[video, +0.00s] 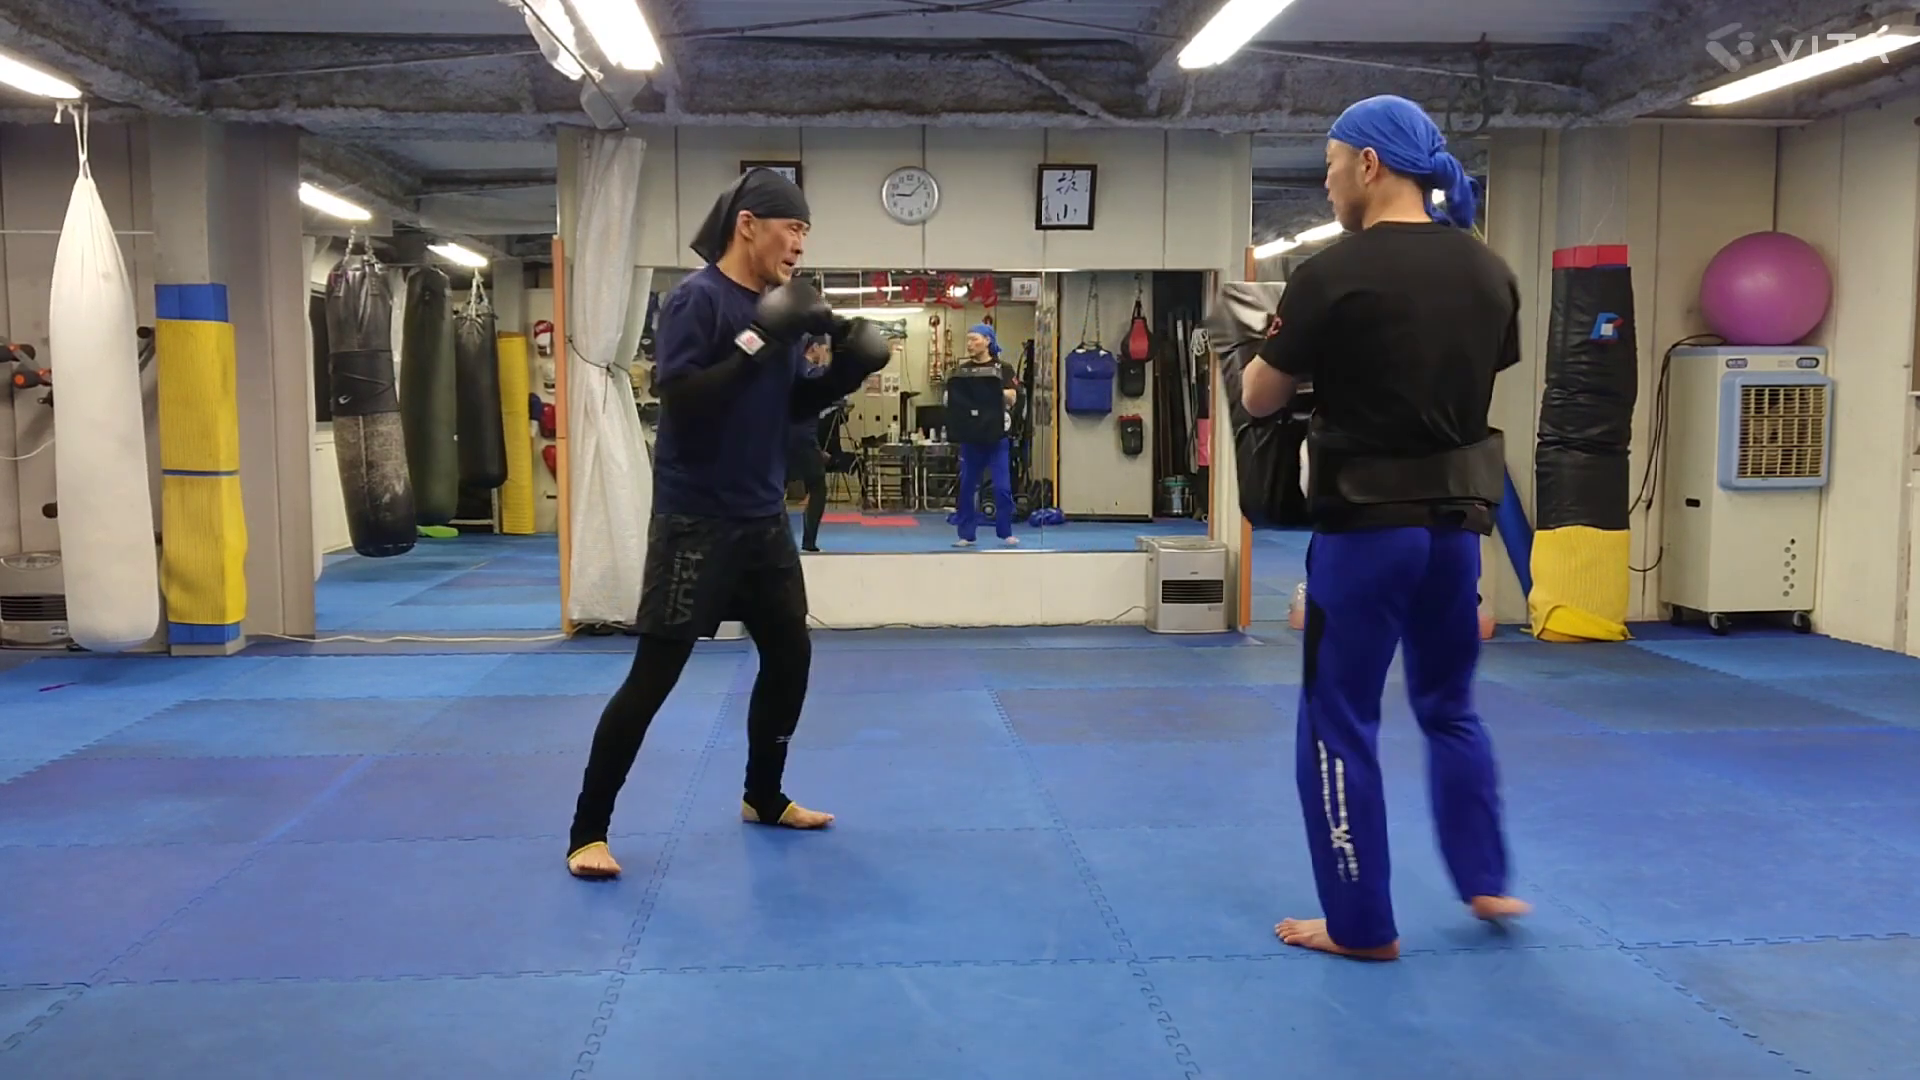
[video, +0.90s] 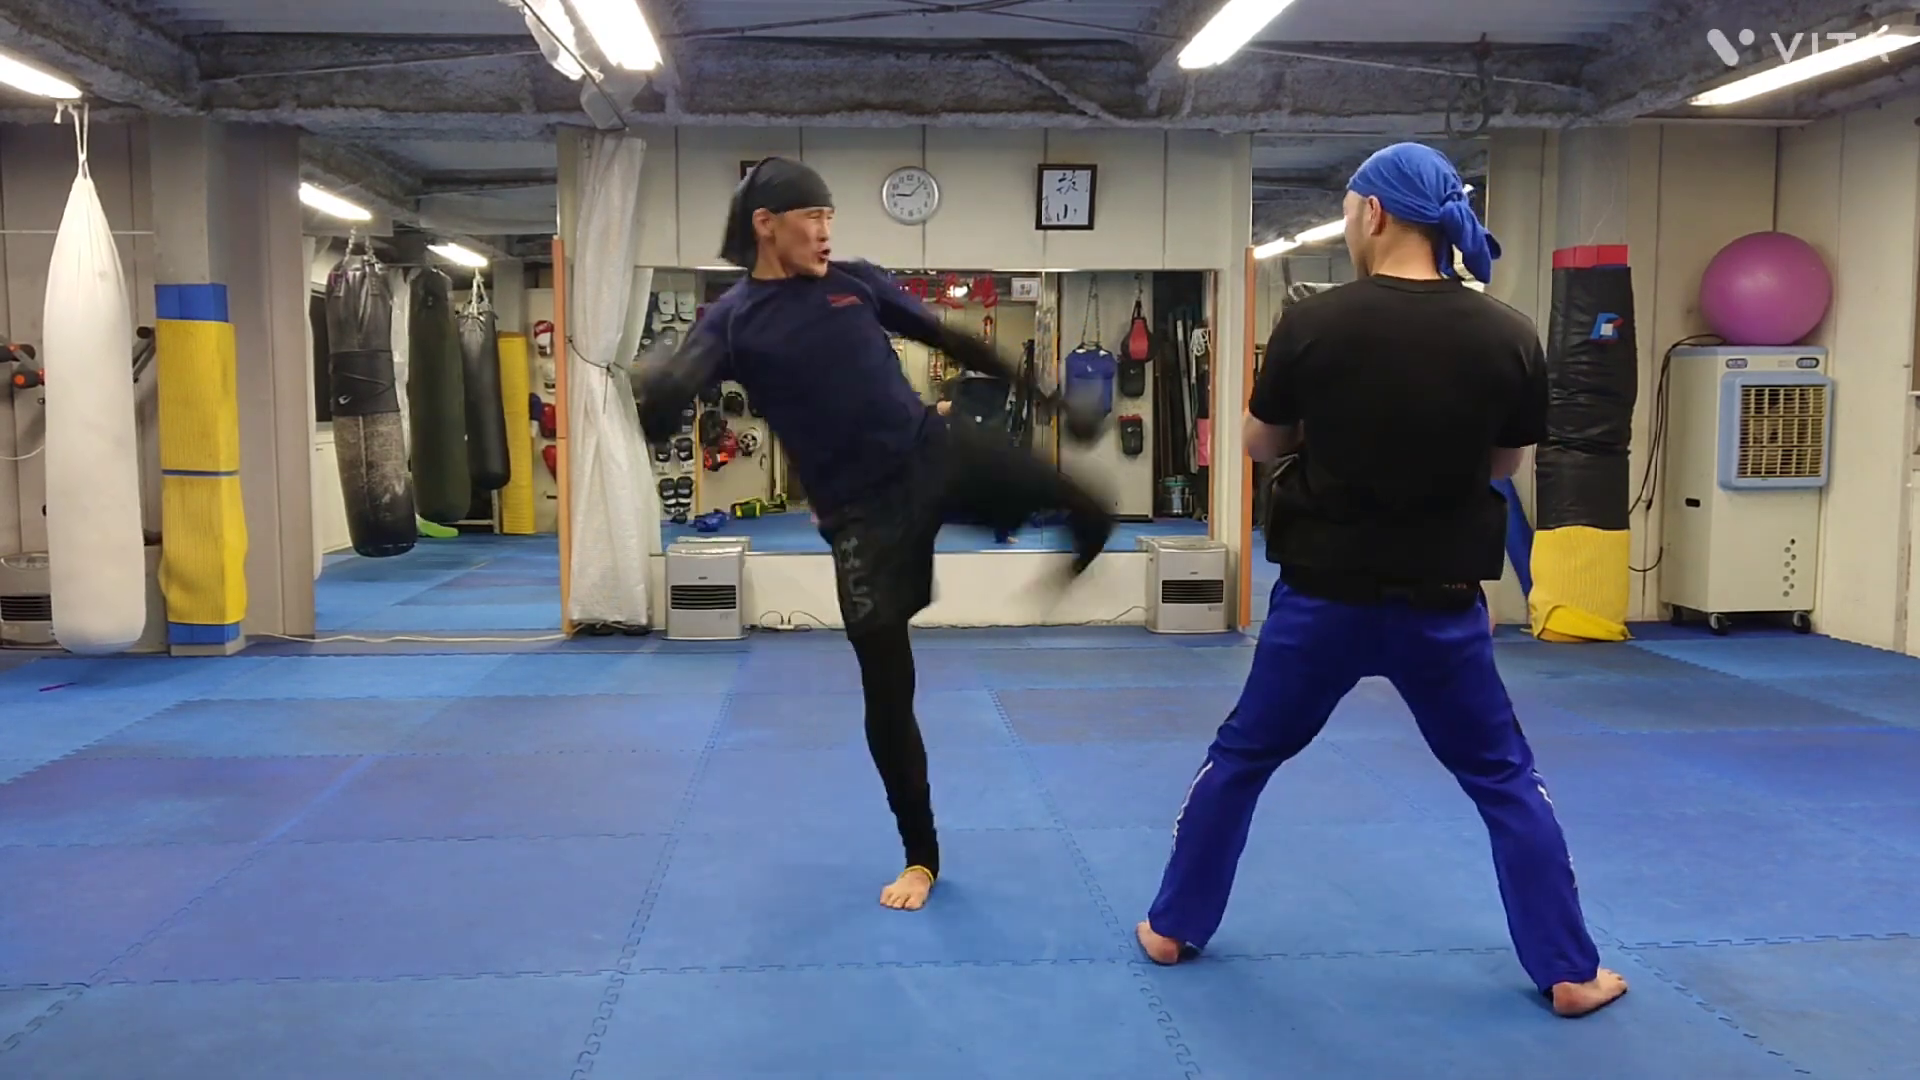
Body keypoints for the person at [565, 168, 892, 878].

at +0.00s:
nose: (798, 248)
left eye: (803, 236)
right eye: (789, 233)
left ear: (786, 238)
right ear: (745, 225)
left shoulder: (779, 313)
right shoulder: (695, 299)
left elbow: (793, 407)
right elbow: (677, 394)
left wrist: (847, 371)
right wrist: (756, 346)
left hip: (762, 521)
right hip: (694, 523)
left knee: (789, 655)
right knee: (653, 677)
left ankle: (764, 797)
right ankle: (588, 834)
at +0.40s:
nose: (844, 256)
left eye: (848, 242)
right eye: (835, 240)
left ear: (816, 241)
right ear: (792, 232)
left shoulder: (801, 304)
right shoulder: (759, 292)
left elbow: (815, 406)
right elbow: (767, 386)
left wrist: (894, 391)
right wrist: (845, 329)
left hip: (785, 508)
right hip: (735, 507)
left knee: (785, 656)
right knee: (747, 658)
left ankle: (763, 797)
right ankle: (636, 806)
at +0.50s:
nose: (855, 247)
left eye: (859, 234)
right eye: (844, 233)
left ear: (836, 236)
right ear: (802, 230)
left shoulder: (826, 302)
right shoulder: (769, 288)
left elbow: (850, 380)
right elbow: (743, 383)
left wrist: (901, 361)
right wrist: (836, 386)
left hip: (796, 501)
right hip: (757, 501)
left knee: (797, 645)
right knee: (790, 645)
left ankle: (763, 799)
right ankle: (736, 815)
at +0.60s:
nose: (854, 241)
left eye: (860, 231)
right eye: (841, 229)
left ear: (865, 235)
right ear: (804, 227)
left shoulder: (846, 296)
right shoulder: (774, 288)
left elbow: (912, 363)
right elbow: (735, 388)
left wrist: (880, 290)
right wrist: (811, 441)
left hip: (808, 499)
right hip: (768, 499)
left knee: (791, 647)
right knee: (821, 640)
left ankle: (762, 795)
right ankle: (815, 818)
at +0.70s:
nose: (863, 230)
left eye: (867, 218)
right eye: (849, 219)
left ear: (869, 225)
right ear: (813, 223)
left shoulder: (870, 288)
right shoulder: (775, 295)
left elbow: (936, 299)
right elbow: (708, 382)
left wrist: (843, 256)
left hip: (850, 504)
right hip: (804, 504)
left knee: (822, 654)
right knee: (861, 666)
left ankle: (768, 788)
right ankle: (914, 850)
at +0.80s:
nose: (845, 230)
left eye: (846, 217)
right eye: (832, 218)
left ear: (840, 222)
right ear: (783, 221)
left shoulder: (859, 273)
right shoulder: (742, 310)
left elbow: (922, 297)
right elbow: (677, 387)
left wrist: (966, 293)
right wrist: (632, 444)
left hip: (910, 490)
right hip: (844, 512)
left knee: (964, 625)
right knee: (890, 684)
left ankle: (864, 713)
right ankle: (919, 859)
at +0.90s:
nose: (826, 230)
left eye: (828, 217)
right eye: (812, 218)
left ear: (823, 223)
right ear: (763, 224)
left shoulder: (855, 281)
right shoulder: (728, 320)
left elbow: (945, 334)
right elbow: (662, 416)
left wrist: (1027, 381)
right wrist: (660, 393)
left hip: (934, 455)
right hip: (861, 515)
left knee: (1034, 478)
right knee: (887, 692)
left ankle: (1089, 525)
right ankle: (920, 856)